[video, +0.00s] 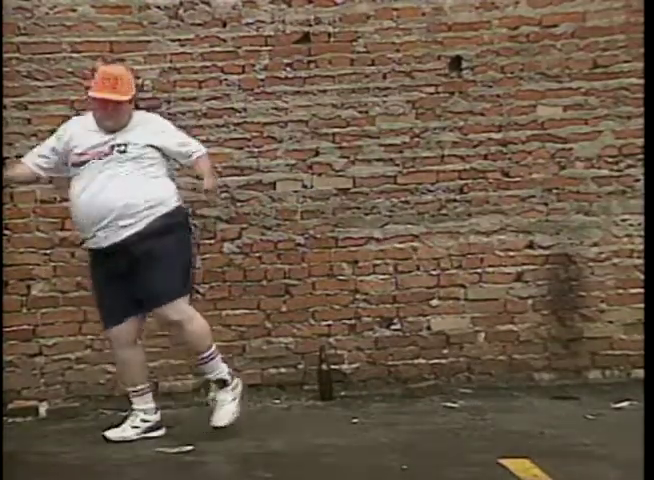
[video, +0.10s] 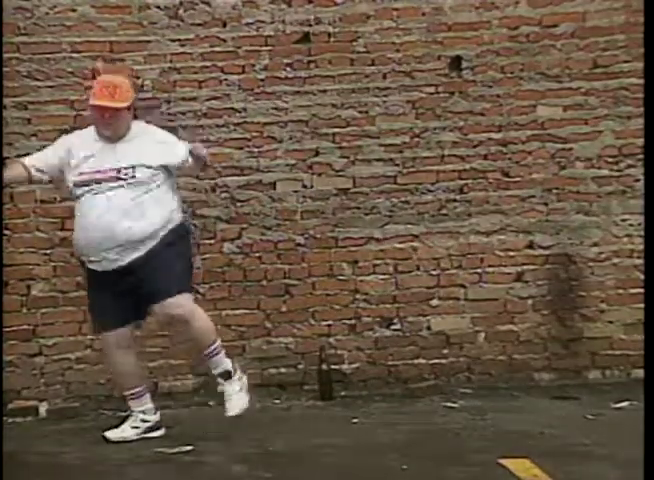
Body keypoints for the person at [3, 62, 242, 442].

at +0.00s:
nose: (105, 109)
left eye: (115, 102)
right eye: (99, 101)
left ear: (131, 101)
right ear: (90, 99)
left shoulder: (150, 125)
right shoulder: (73, 131)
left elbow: (195, 153)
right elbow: (33, 166)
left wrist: (208, 177)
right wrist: (7, 172)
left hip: (160, 230)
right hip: (107, 247)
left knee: (173, 311)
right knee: (122, 335)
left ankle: (223, 382)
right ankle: (145, 414)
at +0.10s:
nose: (105, 117)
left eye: (114, 110)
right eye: (99, 109)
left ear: (131, 110)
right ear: (90, 108)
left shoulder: (152, 139)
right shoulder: (73, 145)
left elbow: (192, 163)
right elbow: (27, 168)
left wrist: (201, 158)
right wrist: (5, 173)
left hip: (159, 245)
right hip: (103, 263)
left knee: (175, 309)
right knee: (115, 341)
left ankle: (228, 376)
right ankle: (144, 414)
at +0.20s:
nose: (107, 114)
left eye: (115, 107)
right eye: (100, 107)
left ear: (130, 103)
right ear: (90, 106)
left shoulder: (153, 130)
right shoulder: (76, 142)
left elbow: (202, 162)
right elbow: (41, 177)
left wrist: (178, 149)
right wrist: (10, 189)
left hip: (161, 242)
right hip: (103, 256)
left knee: (176, 311)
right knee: (116, 337)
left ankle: (206, 390)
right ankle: (144, 414)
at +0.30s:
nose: (102, 104)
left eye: (110, 97)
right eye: (96, 98)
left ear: (130, 92)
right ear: (89, 97)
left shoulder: (157, 118)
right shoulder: (82, 135)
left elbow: (194, 151)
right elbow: (64, 181)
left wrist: (175, 168)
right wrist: (50, 205)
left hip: (162, 241)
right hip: (104, 248)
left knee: (168, 323)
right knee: (120, 330)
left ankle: (172, 410)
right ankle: (139, 408)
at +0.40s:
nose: (104, 112)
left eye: (111, 104)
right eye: (98, 106)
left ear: (130, 97)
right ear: (92, 105)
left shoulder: (162, 122)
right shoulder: (91, 140)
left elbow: (192, 166)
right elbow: (86, 190)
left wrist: (176, 201)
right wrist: (74, 232)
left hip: (160, 246)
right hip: (106, 248)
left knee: (156, 332)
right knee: (113, 331)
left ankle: (159, 412)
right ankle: (129, 405)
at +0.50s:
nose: (115, 125)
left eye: (121, 116)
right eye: (107, 119)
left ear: (137, 109)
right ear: (100, 118)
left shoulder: (167, 141)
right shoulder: (102, 149)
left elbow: (196, 192)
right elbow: (92, 200)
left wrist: (191, 241)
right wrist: (81, 240)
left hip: (159, 267)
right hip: (102, 262)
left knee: (158, 344)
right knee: (91, 334)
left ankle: (159, 414)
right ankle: (118, 399)